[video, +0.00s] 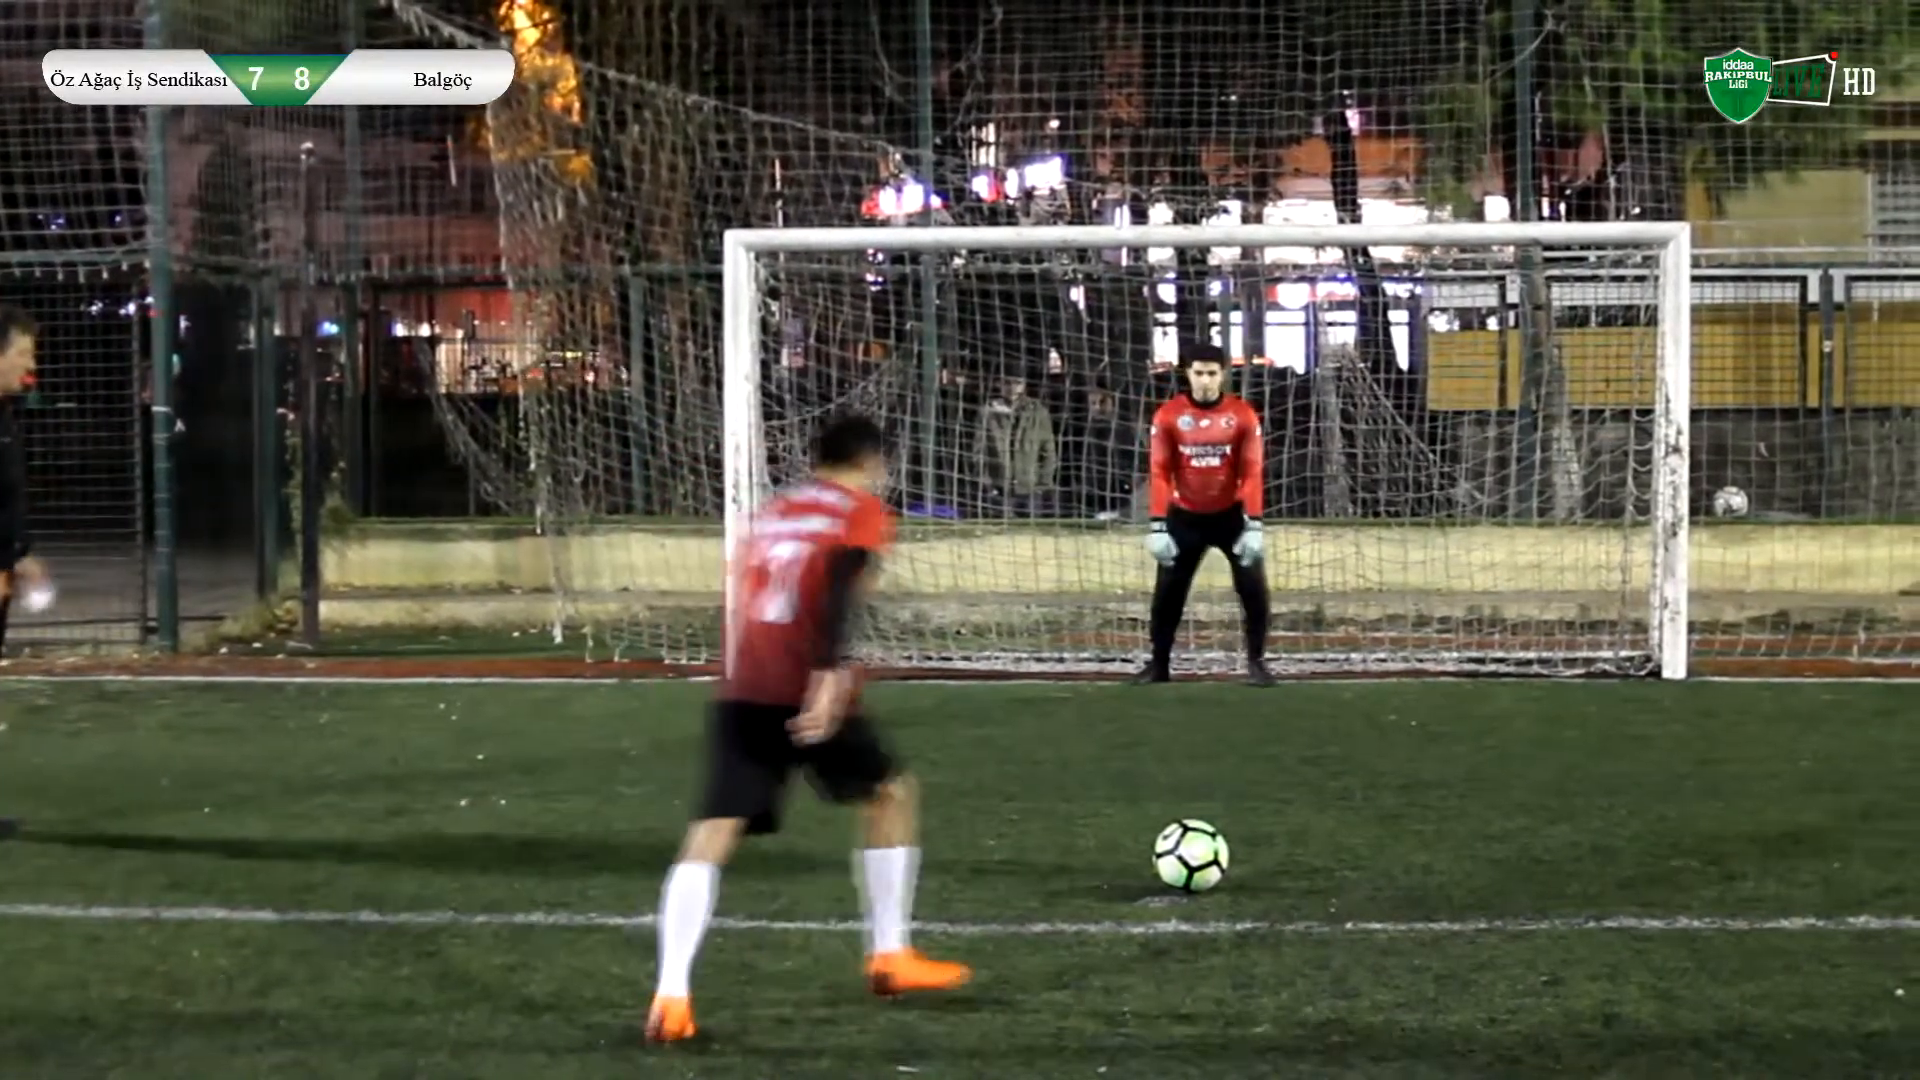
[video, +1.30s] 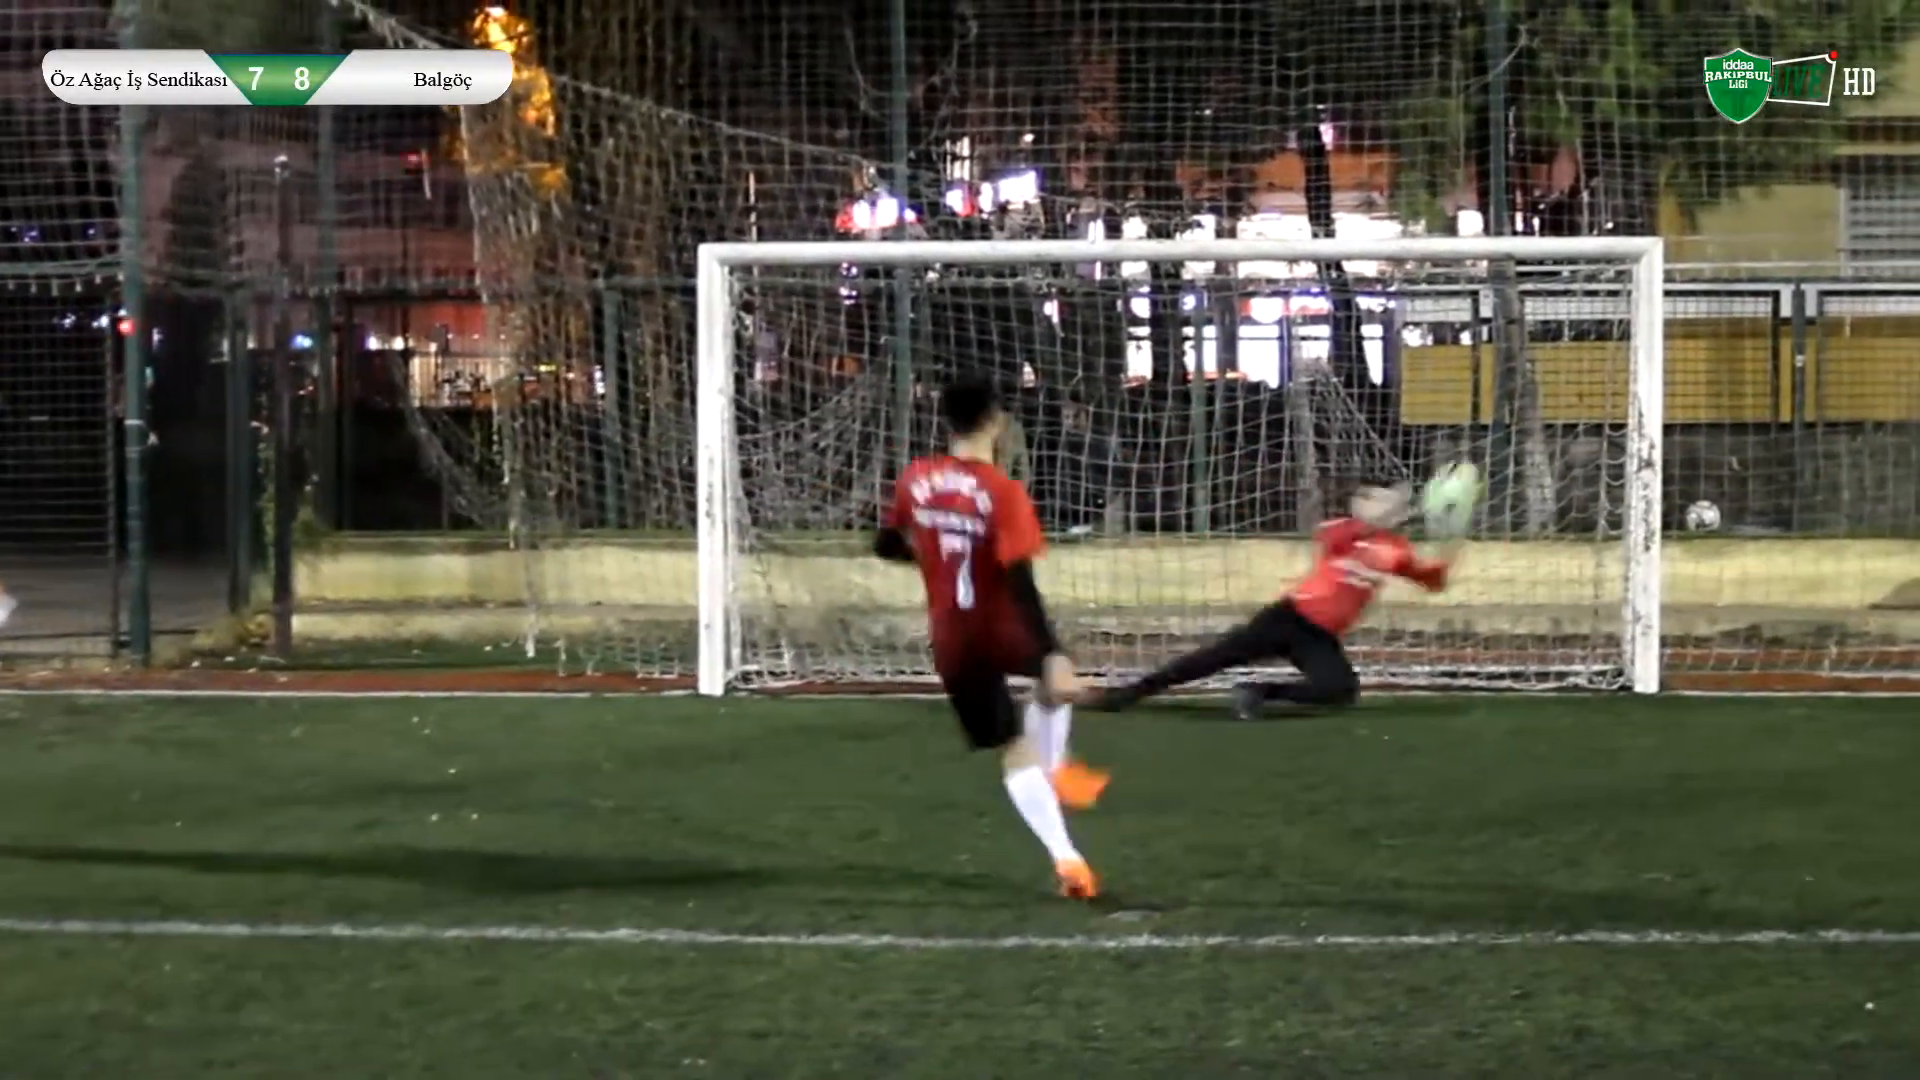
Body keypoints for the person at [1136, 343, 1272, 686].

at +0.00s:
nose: (1205, 381)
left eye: (1212, 374)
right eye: (1198, 374)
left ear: (1223, 375)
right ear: (1187, 375)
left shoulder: (1243, 415)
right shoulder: (1168, 415)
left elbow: (1252, 472)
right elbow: (1158, 472)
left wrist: (1253, 521)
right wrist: (1157, 523)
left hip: (1231, 516)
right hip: (1185, 516)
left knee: (1255, 589)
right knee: (1167, 593)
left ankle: (1256, 660)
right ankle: (1159, 664)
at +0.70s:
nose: (1205, 433)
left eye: (1212, 425)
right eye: (1198, 425)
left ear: (1225, 427)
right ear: (1189, 428)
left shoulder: (1250, 458)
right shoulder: (1179, 461)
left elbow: (1279, 500)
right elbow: (1148, 496)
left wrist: (1309, 540)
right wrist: (1112, 524)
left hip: (1246, 546)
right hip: (1199, 546)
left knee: (1270, 593)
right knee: (1160, 602)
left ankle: (1235, 657)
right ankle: (1114, 674)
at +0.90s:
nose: (1217, 488)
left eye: (1224, 479)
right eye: (1210, 480)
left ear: (1237, 482)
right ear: (1199, 484)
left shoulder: (1255, 512)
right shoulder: (1188, 512)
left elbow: (1283, 539)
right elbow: (1157, 543)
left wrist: (1300, 564)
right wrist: (1123, 566)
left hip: (1247, 585)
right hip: (1201, 581)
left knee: (1278, 608)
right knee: (1154, 620)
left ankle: (1248, 680)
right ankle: (1104, 681)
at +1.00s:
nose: (1235, 495)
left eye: (1245, 488)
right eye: (1229, 486)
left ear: (1259, 495)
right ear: (1219, 489)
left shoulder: (1270, 524)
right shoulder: (1203, 520)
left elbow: (1296, 555)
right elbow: (1179, 548)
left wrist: (1313, 576)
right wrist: (1149, 564)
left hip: (1254, 601)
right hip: (1209, 595)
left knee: (1283, 631)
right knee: (1155, 627)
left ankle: (1240, 692)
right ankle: (1098, 687)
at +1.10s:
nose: (1282, 498)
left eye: (1291, 491)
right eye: (1275, 490)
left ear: (1303, 497)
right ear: (1262, 493)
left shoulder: (1314, 530)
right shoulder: (1242, 525)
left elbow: (1333, 585)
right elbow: (1199, 562)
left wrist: (1340, 568)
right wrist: (1222, 564)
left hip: (1272, 616)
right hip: (1229, 608)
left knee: (1300, 639)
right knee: (1180, 642)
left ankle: (1238, 694)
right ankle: (1112, 674)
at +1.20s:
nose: (1336, 508)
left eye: (1344, 502)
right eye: (1329, 498)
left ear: (1352, 508)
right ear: (1311, 499)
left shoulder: (1353, 542)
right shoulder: (1282, 529)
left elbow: (1382, 572)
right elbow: (1234, 560)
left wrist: (1397, 575)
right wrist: (1283, 552)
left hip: (1294, 623)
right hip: (1254, 614)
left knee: (1321, 664)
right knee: (1197, 648)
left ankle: (1250, 690)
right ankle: (1124, 674)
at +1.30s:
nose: (1378, 508)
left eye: (1387, 503)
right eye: (1374, 500)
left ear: (1398, 510)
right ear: (1360, 502)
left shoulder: (1395, 551)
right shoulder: (1342, 531)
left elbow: (1432, 580)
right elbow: (1328, 540)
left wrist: (1447, 559)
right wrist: (1366, 522)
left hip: (1321, 640)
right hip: (1287, 618)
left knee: (1339, 690)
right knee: (1217, 656)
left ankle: (1257, 694)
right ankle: (1133, 690)